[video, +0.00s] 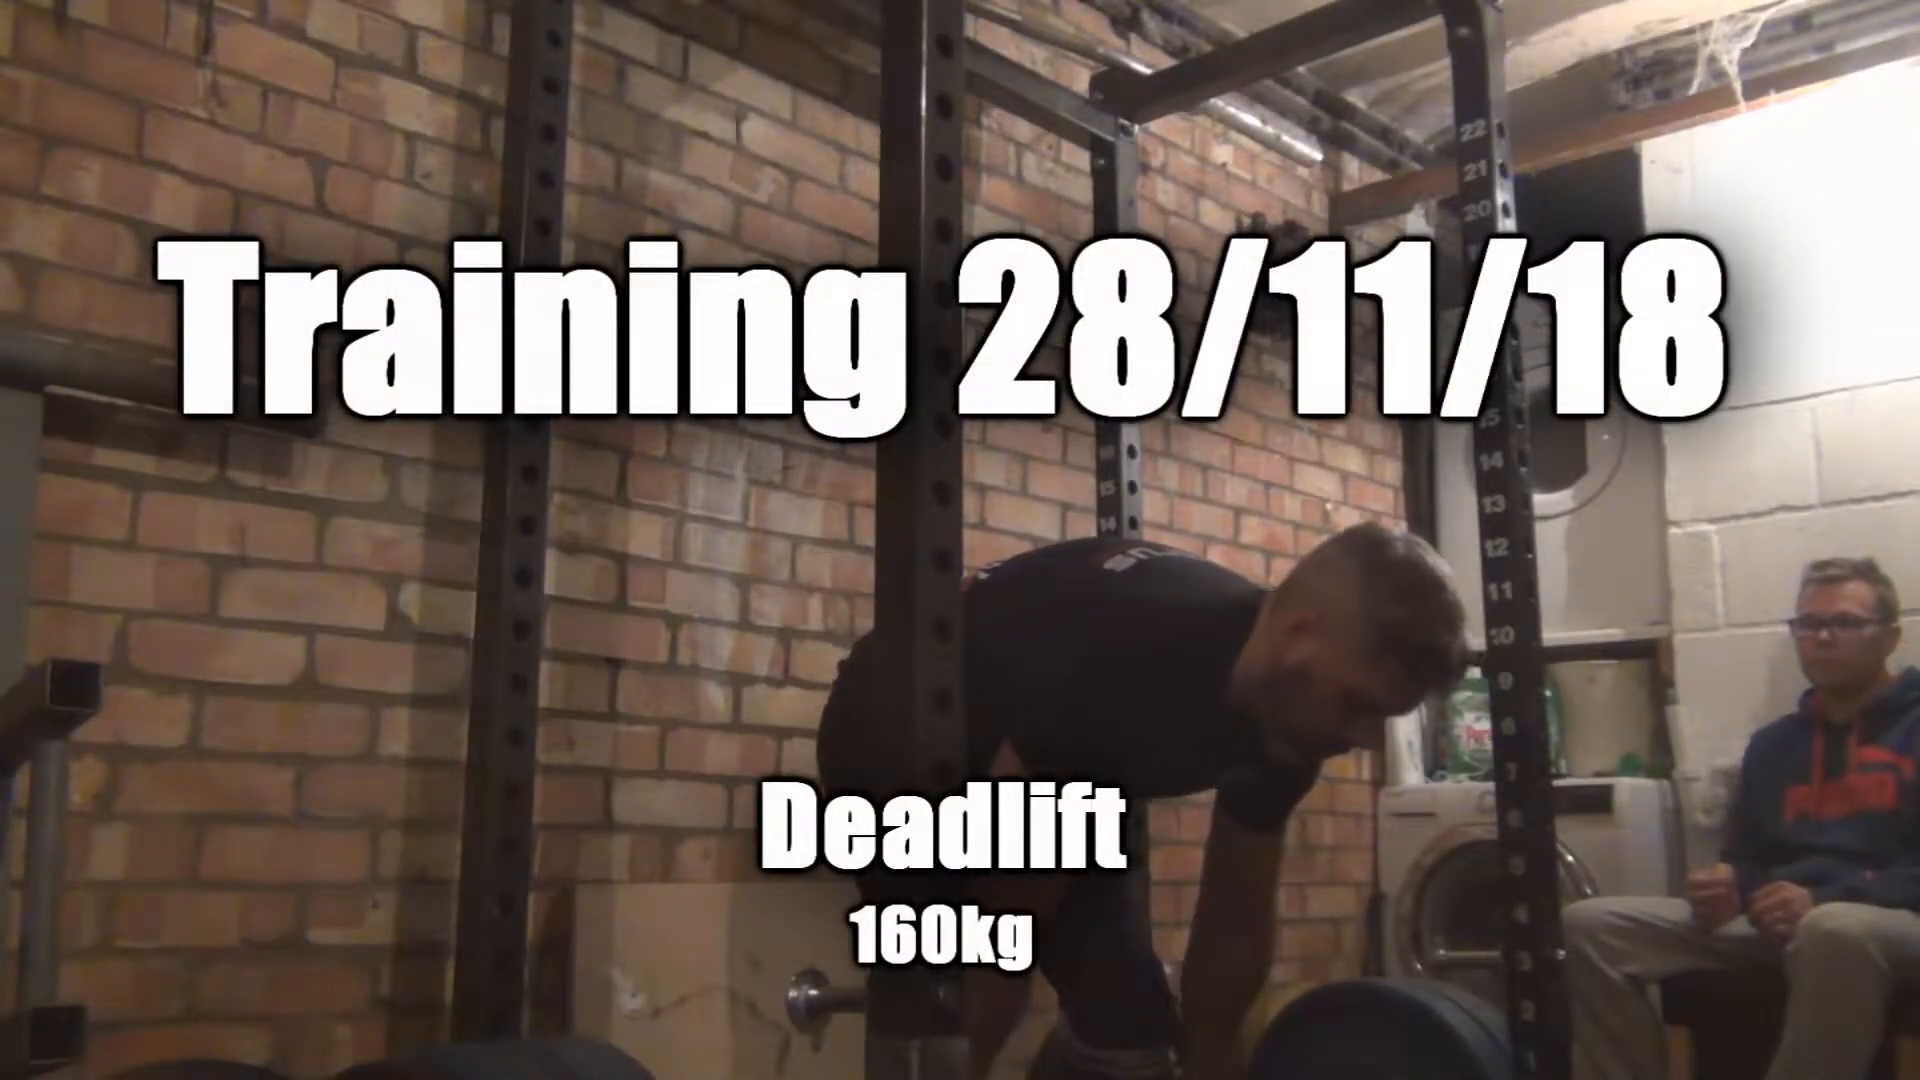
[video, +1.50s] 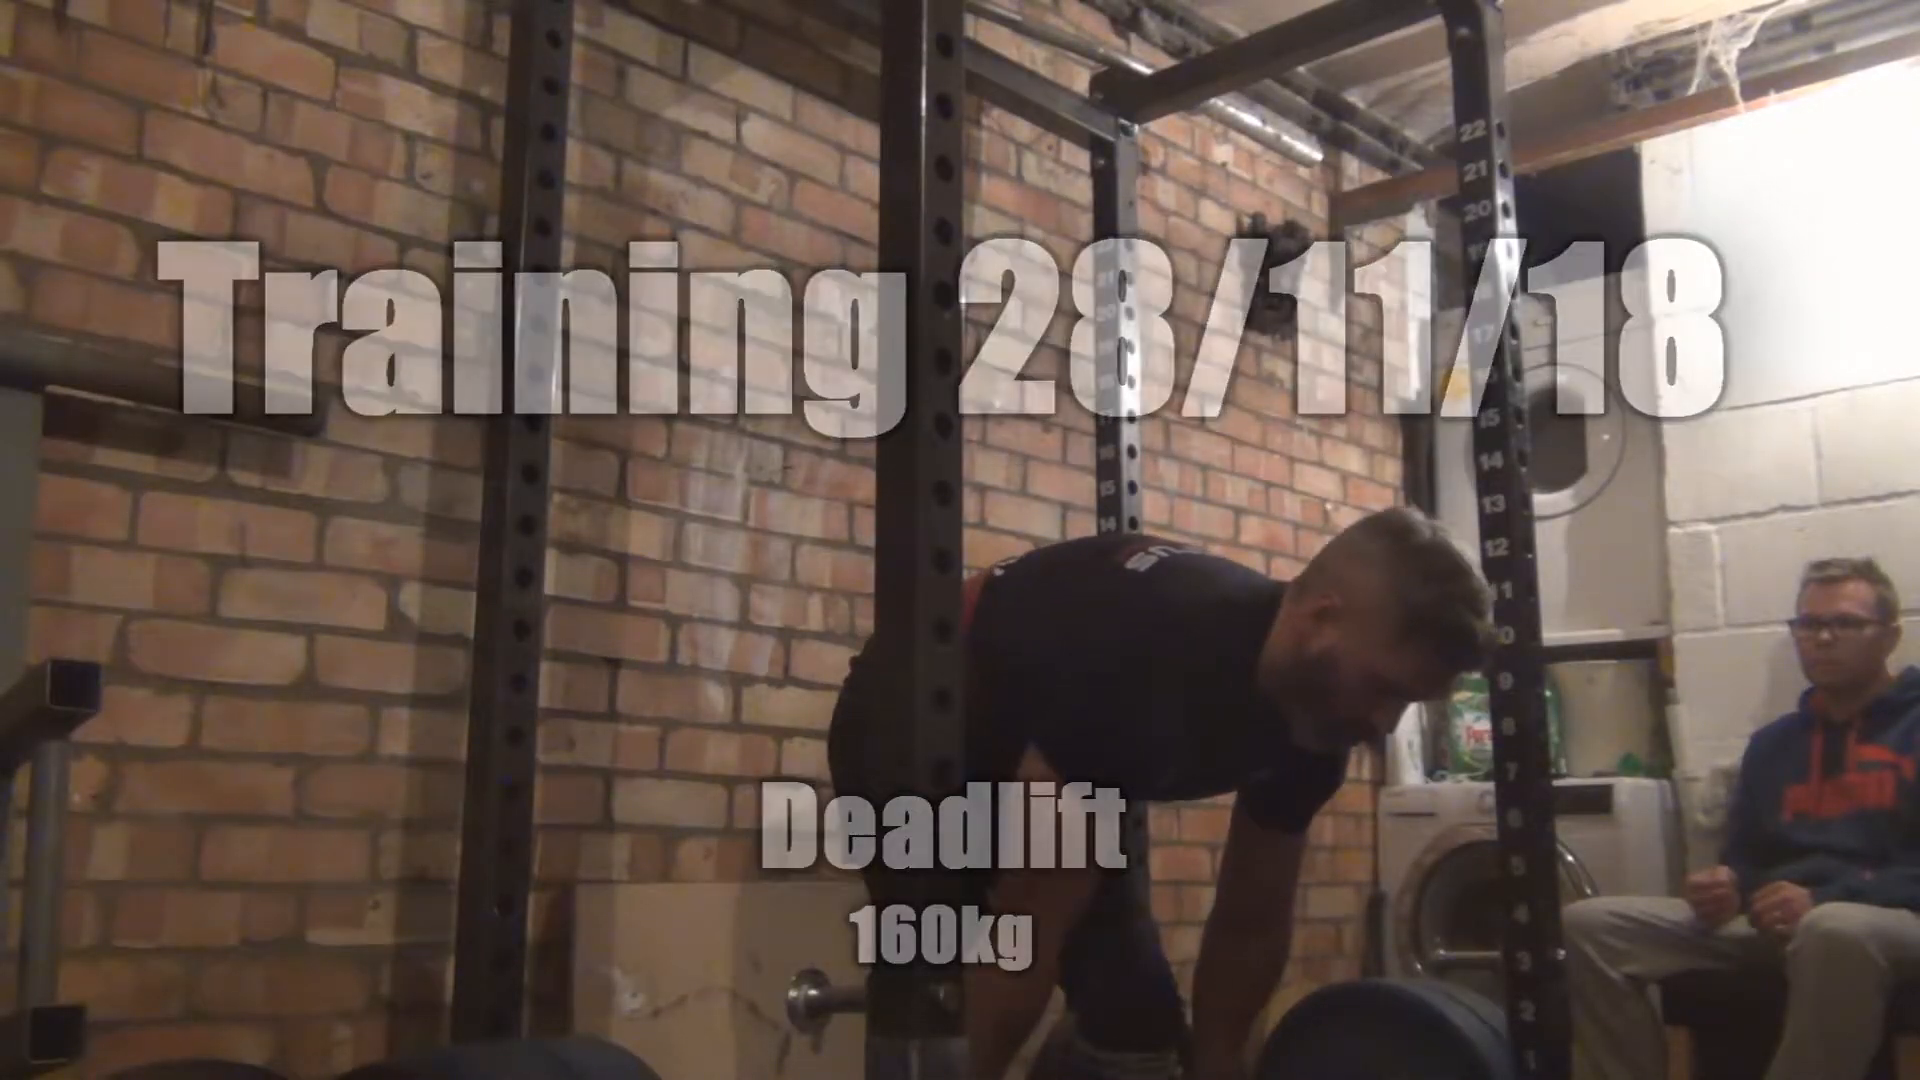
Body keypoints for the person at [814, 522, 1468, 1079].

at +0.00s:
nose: (1362, 739)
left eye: (1380, 720)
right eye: (1356, 708)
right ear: (1291, 638)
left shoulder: (1288, 726)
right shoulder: (1122, 650)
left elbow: (1234, 924)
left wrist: (1208, 1067)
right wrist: (969, 1063)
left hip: (1066, 784)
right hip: (907, 744)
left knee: (1131, 1033)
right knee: (930, 1026)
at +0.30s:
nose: (1387, 742)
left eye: (1407, 723)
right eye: (1385, 710)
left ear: (1328, 640)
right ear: (1322, 637)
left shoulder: (1296, 726)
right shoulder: (1151, 663)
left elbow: (1239, 923)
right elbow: (1035, 919)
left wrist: (1210, 1062)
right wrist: (980, 1065)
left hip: (1062, 775)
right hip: (914, 725)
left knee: (1131, 1017)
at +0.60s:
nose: (1377, 742)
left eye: (1396, 722)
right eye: (1375, 709)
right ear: (1311, 636)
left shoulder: (1298, 726)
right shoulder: (1138, 651)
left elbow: (1240, 919)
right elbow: (1035, 911)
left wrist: (1208, 1066)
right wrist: (973, 1068)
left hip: (1064, 779)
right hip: (911, 729)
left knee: (1134, 1034)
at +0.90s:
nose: (1368, 736)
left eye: (1386, 715)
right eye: (1362, 701)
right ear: (1298, 628)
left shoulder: (1298, 732)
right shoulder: (1119, 650)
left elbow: (1240, 929)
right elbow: (1016, 918)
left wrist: (1211, 1065)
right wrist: (966, 1065)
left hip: (1069, 780)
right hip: (917, 739)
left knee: (1132, 1033)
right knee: (930, 1022)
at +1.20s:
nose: (1393, 730)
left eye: (1412, 712)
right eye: (1389, 697)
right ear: (1327, 623)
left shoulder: (1318, 721)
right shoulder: (1150, 642)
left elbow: (1250, 920)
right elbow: (1042, 908)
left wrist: (1213, 1067)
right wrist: (983, 1071)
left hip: (1075, 775)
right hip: (922, 727)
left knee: (1139, 1028)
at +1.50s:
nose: (1388, 726)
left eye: (1407, 704)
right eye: (1384, 692)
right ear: (1316, 623)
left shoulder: (1314, 720)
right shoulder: (1153, 656)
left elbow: (1251, 923)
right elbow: (1028, 913)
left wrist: (1216, 1068)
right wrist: (984, 1069)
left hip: (1065, 766)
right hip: (918, 730)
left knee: (1138, 1019)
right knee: (934, 1013)